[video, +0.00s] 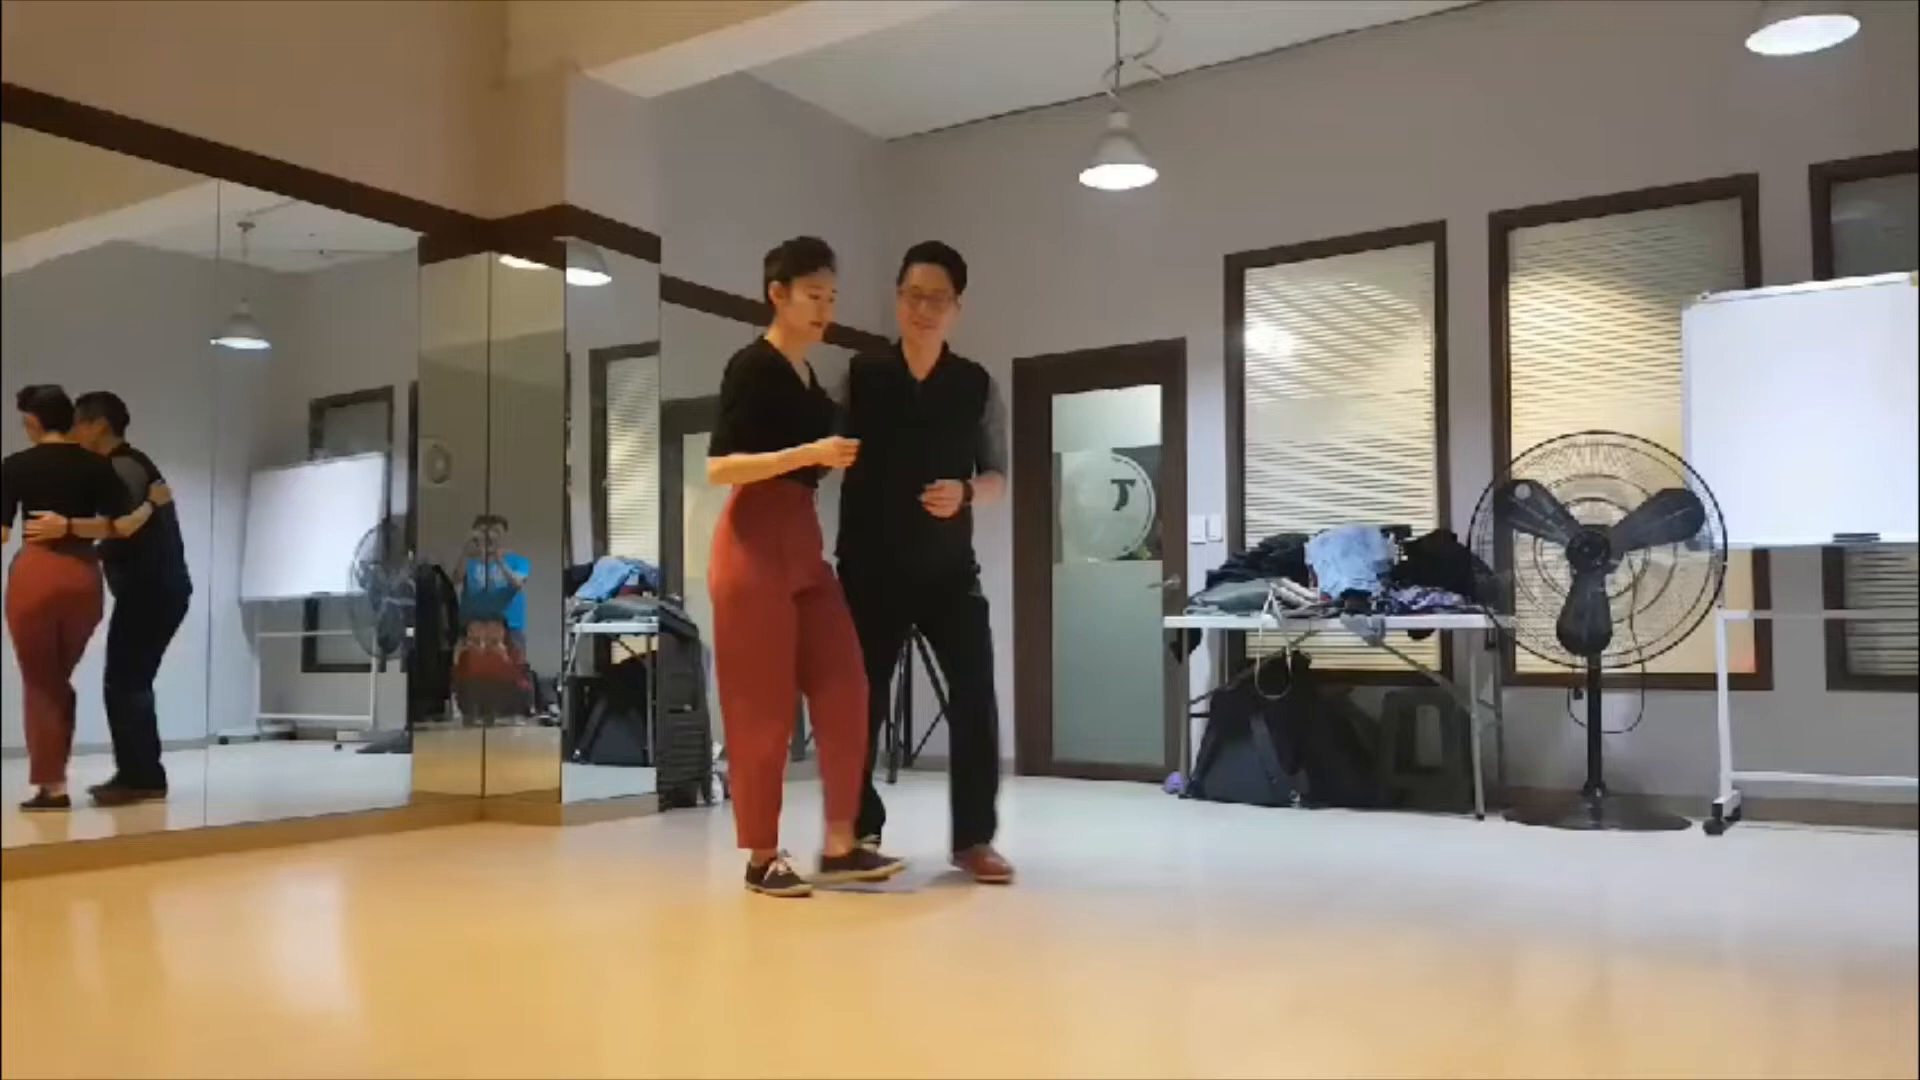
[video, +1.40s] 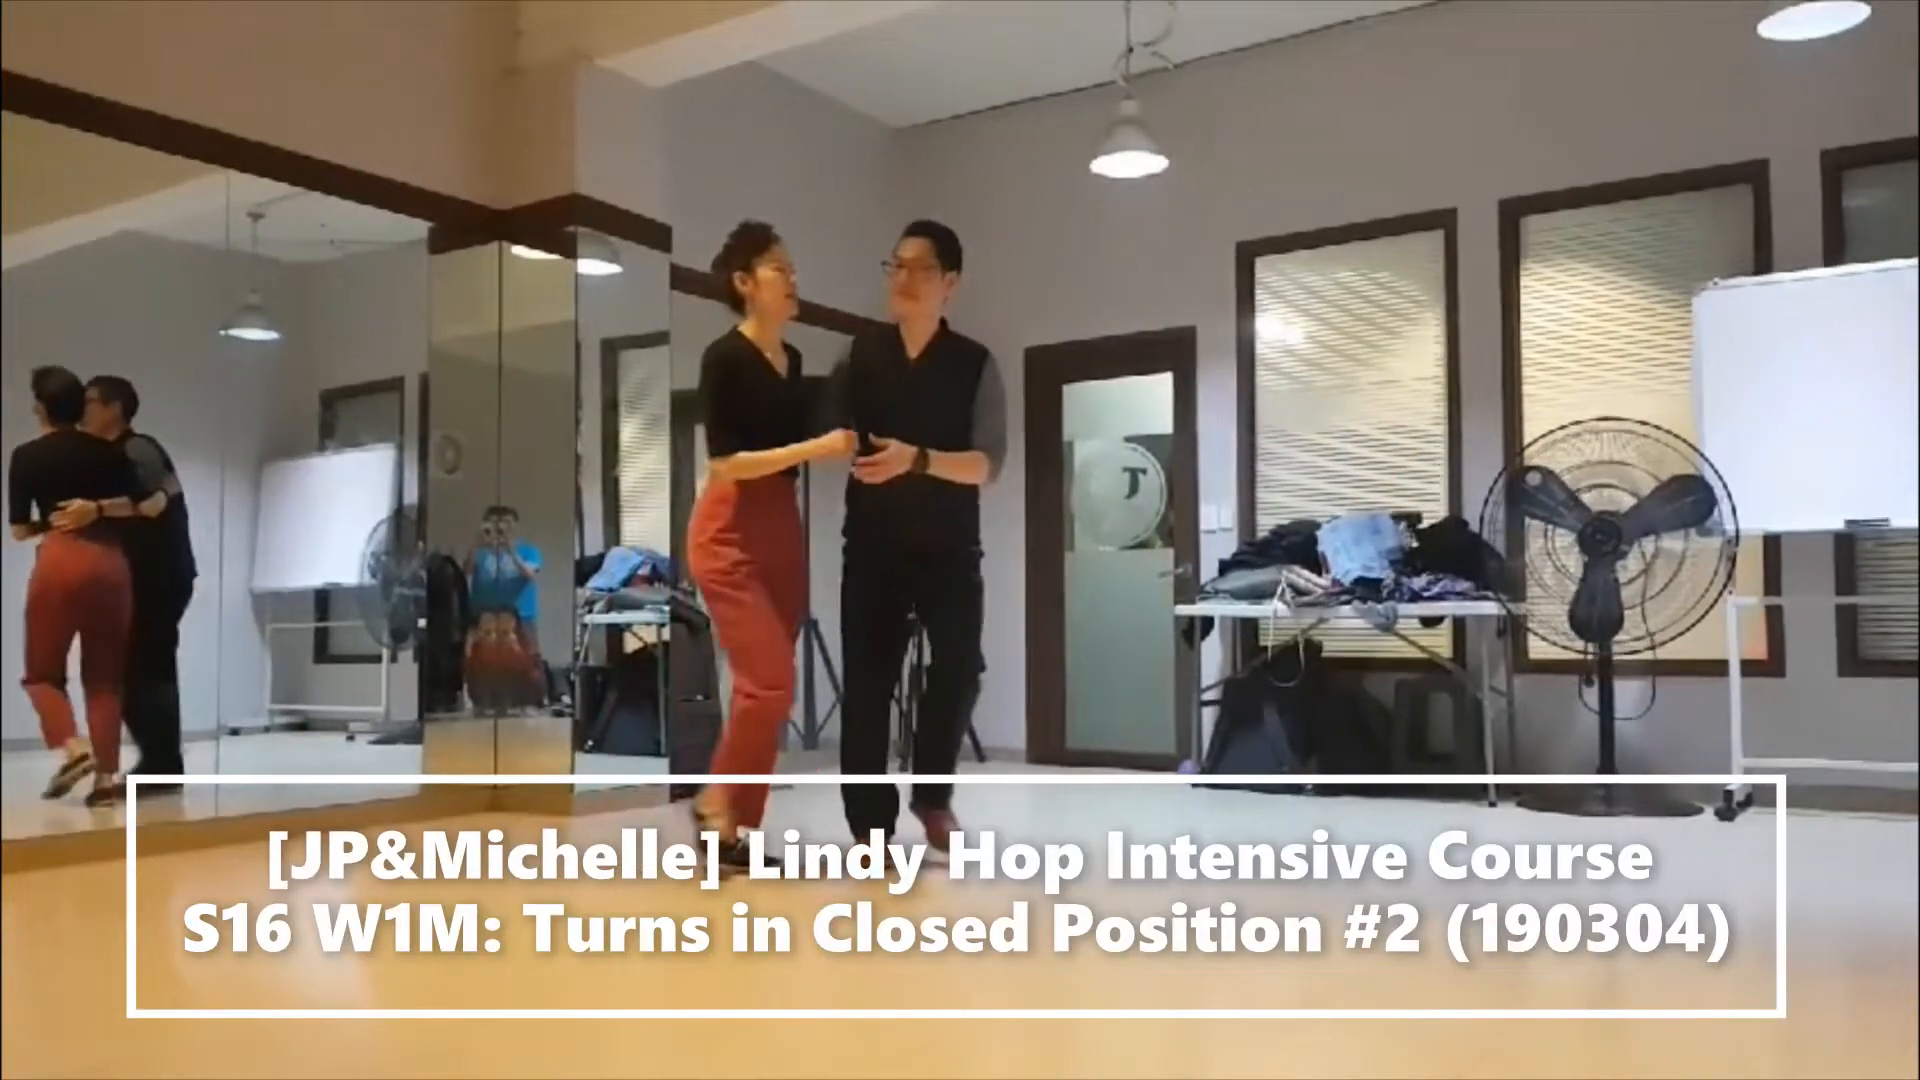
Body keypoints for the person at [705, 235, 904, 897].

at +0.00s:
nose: (825, 307)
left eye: (830, 295)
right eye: (813, 294)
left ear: (830, 301)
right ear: (778, 294)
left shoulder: (808, 377)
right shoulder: (751, 366)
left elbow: (790, 463)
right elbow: (719, 467)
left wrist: (828, 458)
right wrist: (810, 452)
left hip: (802, 547)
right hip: (751, 548)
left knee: (845, 688)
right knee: (763, 700)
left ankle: (841, 845)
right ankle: (763, 856)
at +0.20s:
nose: (806, 310)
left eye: (813, 298)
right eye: (795, 296)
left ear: (815, 304)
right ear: (759, 297)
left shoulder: (797, 384)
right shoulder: (731, 370)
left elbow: (778, 471)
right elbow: (701, 470)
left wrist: (817, 465)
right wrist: (789, 456)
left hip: (786, 550)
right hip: (734, 553)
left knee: (824, 692)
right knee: (749, 701)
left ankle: (775, 824)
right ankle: (762, 856)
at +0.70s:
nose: (752, 310)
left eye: (757, 300)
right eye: (740, 298)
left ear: (759, 306)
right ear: (704, 298)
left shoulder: (747, 380)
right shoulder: (670, 373)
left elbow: (738, 466)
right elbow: (652, 474)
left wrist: (774, 461)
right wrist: (739, 460)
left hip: (729, 544)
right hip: (673, 544)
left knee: (743, 685)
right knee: (703, 685)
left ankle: (702, 828)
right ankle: (676, 828)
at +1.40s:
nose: (791, 282)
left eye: (791, 271)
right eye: (778, 271)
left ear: (784, 283)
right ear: (743, 283)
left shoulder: (791, 360)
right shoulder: (724, 356)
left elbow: (789, 443)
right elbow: (727, 462)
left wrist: (841, 442)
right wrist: (811, 451)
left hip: (780, 528)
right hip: (727, 528)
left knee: (772, 681)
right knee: (766, 678)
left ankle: (745, 822)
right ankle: (717, 804)